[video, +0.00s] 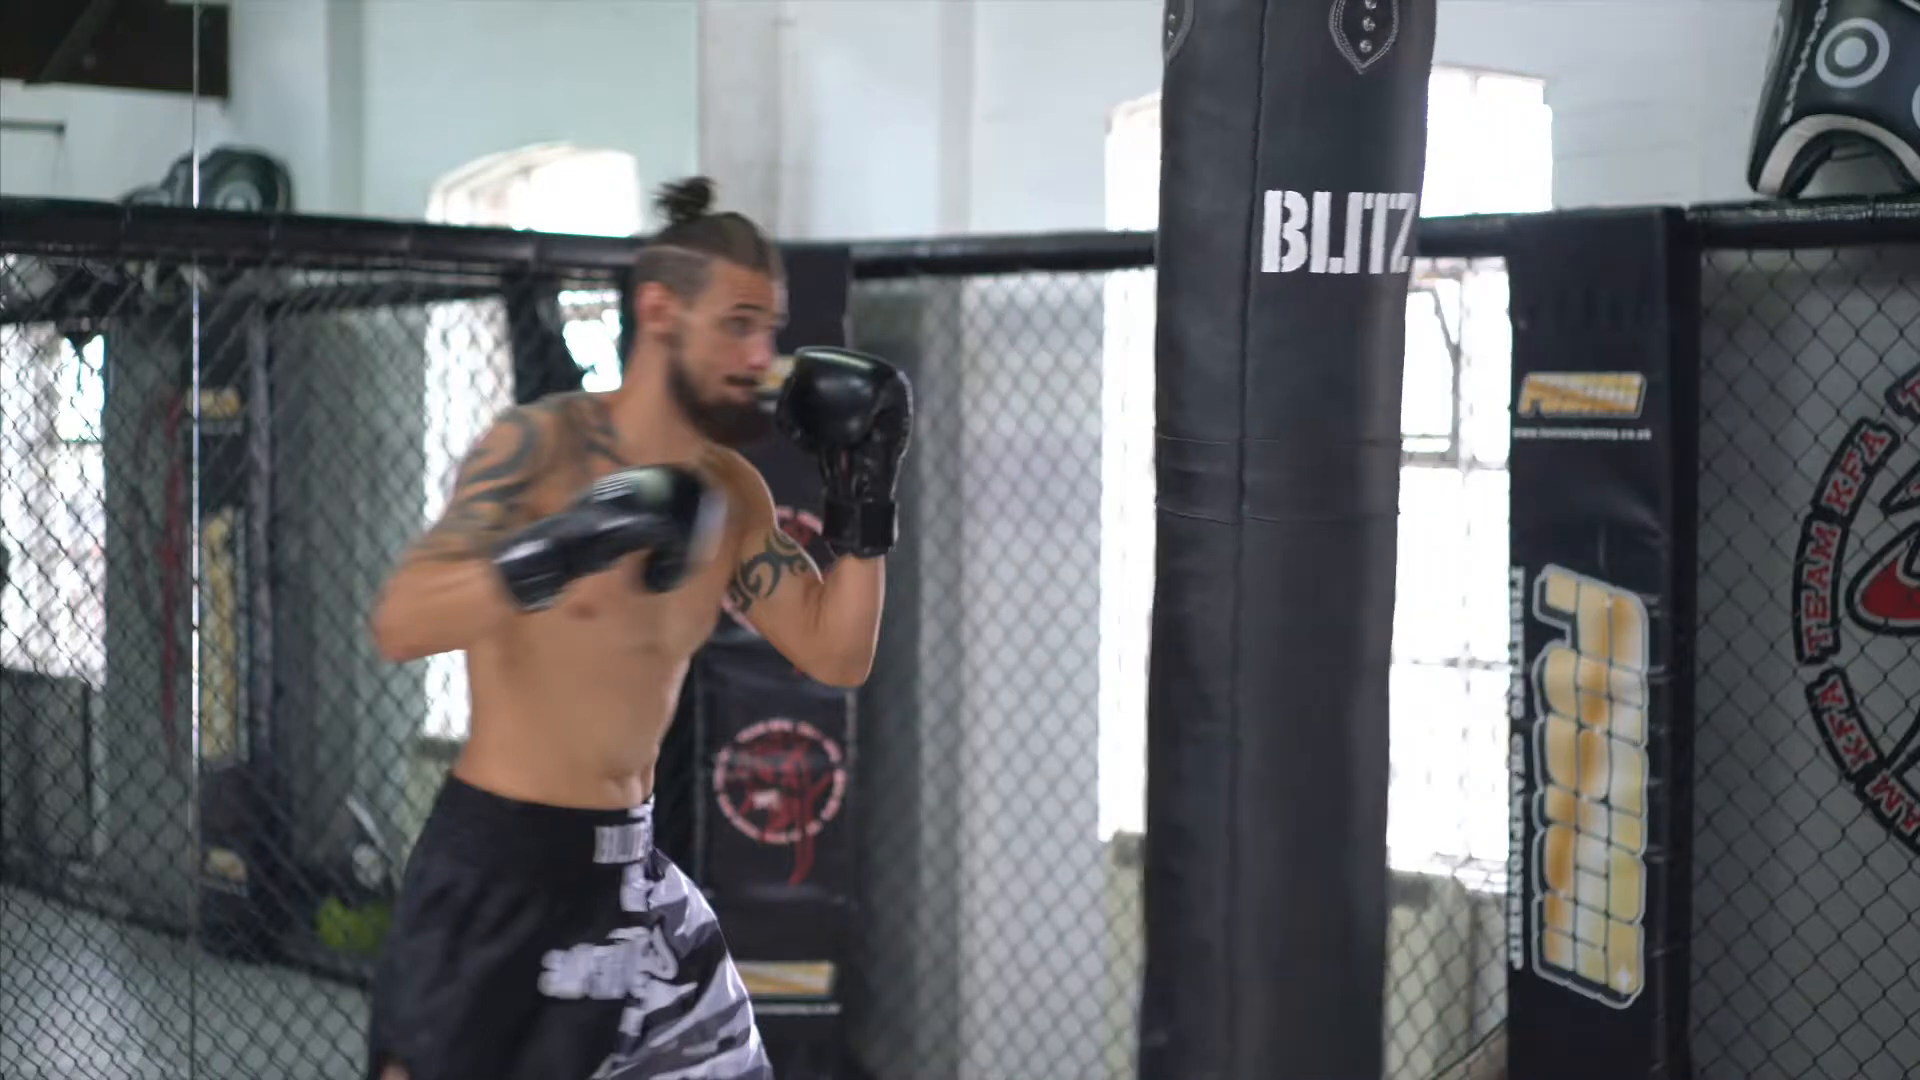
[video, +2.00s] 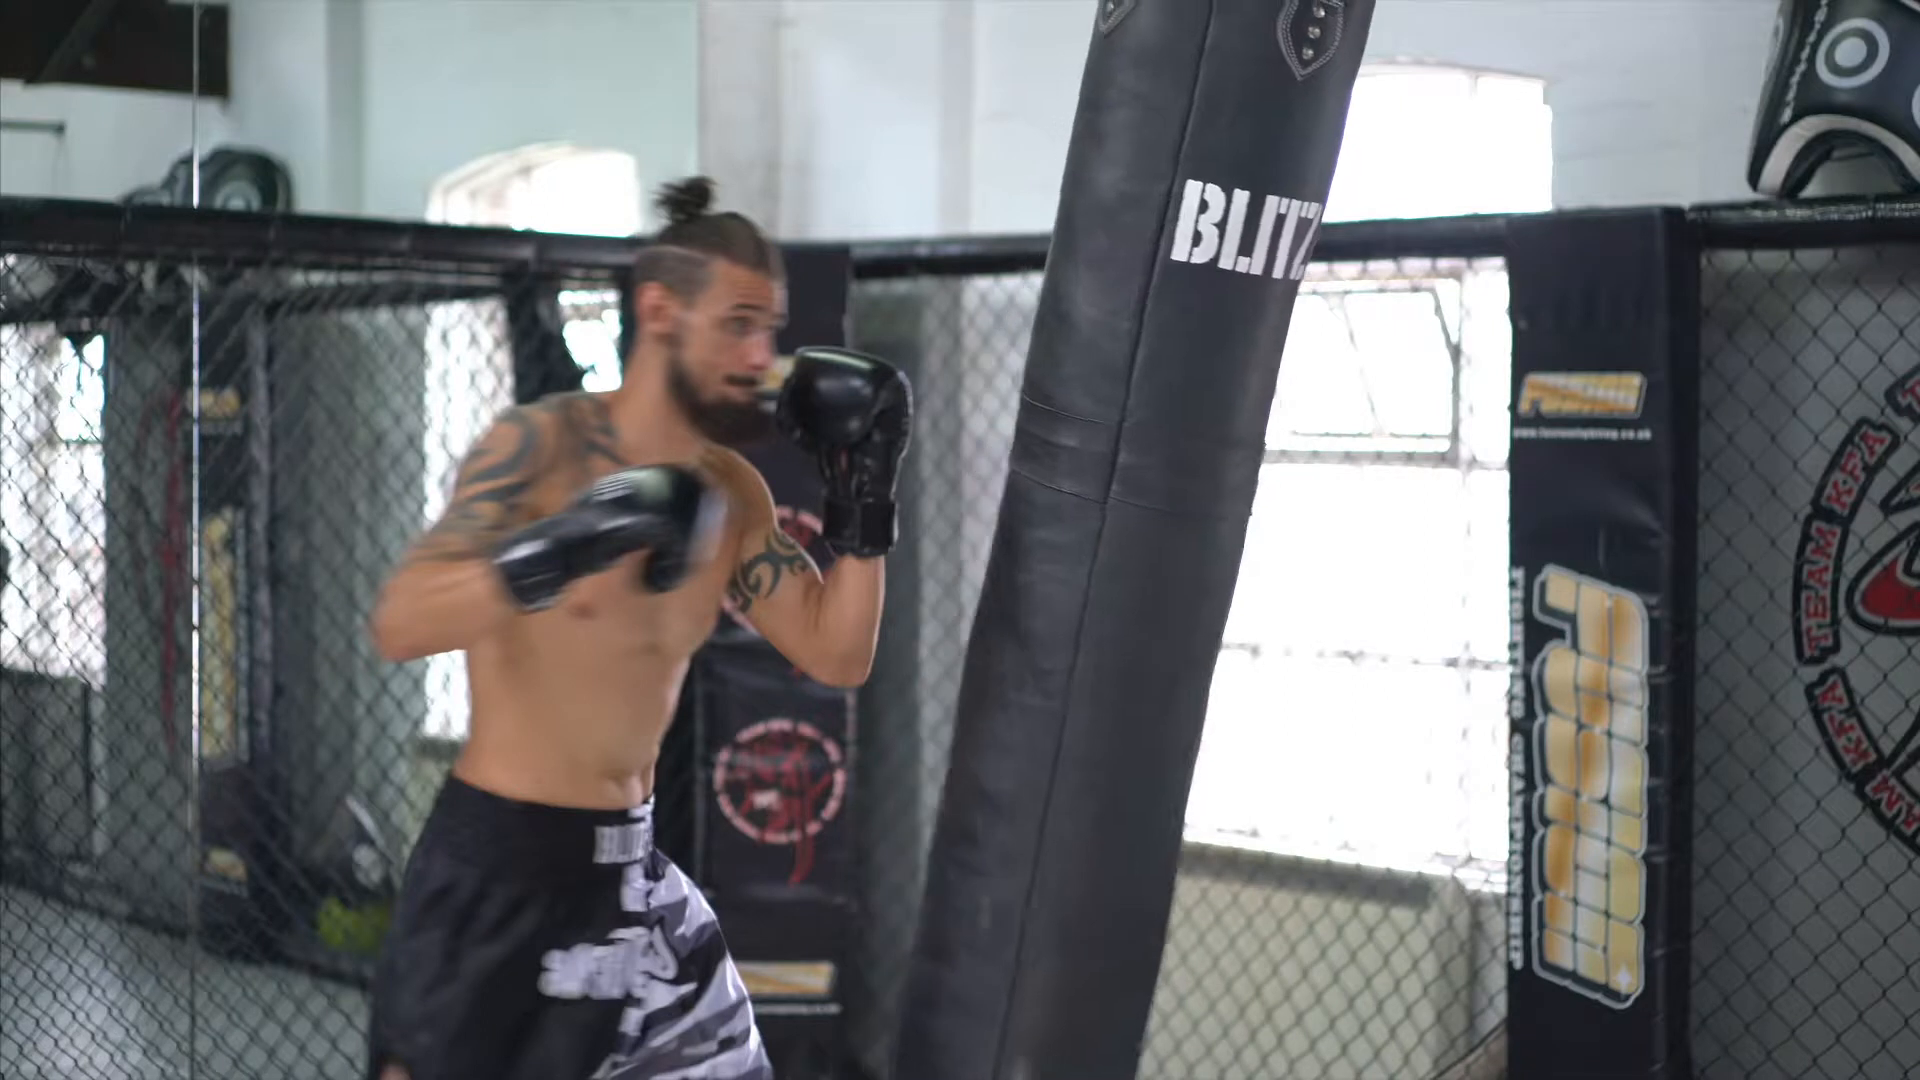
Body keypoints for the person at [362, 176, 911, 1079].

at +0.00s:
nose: (762, 358)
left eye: (772, 331)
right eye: (739, 325)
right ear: (656, 310)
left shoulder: (734, 493)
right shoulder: (539, 440)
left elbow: (839, 655)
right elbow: (401, 623)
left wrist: (864, 483)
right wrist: (569, 547)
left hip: (636, 868)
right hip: (500, 866)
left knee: (732, 1066)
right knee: (442, 1065)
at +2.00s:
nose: (763, 357)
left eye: (773, 331)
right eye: (740, 325)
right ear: (656, 309)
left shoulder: (733, 492)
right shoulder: (538, 440)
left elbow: (839, 655)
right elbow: (400, 623)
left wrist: (866, 481)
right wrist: (568, 546)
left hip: (636, 867)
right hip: (500, 865)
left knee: (731, 1066)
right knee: (443, 1064)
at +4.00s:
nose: (762, 357)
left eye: (772, 331)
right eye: (739, 325)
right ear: (656, 310)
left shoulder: (733, 492)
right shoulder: (538, 441)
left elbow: (839, 656)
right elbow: (400, 624)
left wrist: (866, 479)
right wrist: (568, 547)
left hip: (635, 867)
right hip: (500, 865)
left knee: (732, 1066)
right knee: (437, 1065)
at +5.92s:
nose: (762, 357)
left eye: (772, 331)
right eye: (739, 325)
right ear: (656, 309)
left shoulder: (733, 492)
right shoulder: (537, 441)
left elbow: (839, 655)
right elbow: (400, 623)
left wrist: (865, 481)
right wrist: (568, 546)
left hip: (635, 867)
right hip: (499, 865)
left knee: (732, 1066)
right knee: (438, 1065)